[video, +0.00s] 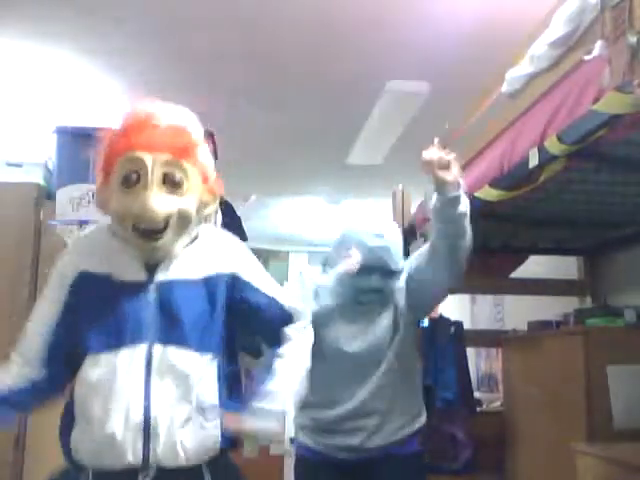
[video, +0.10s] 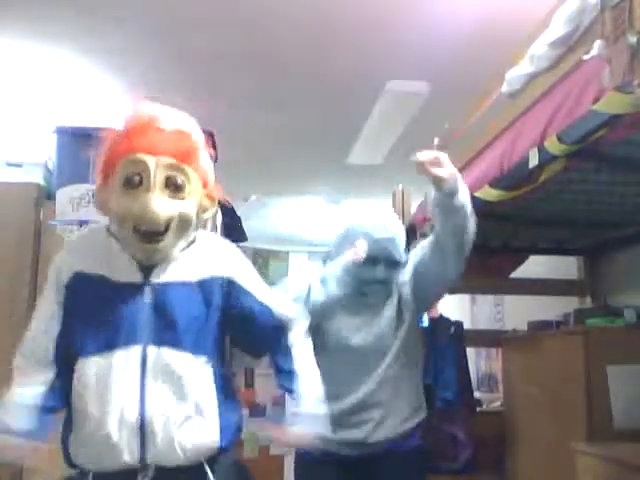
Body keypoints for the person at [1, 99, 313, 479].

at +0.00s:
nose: (149, 202)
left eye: (171, 181)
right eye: (132, 179)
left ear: (203, 194)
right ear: (105, 192)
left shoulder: (223, 258)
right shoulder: (84, 258)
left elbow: (293, 329)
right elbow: (36, 364)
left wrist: (266, 415)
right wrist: (5, 397)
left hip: (196, 468)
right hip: (98, 469)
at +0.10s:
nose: (152, 206)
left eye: (175, 185)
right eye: (134, 181)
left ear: (204, 202)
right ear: (104, 195)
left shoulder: (219, 263)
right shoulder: (78, 260)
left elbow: (286, 331)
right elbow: (41, 353)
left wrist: (306, 414)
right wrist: (22, 432)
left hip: (197, 464)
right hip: (100, 465)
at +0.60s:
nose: (143, 158)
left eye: (165, 139)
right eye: (124, 136)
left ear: (196, 150)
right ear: (94, 141)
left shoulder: (210, 212)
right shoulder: (68, 201)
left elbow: (231, 326)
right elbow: (13, 305)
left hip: (177, 433)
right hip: (78, 433)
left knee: (206, 467)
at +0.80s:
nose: (120, 179)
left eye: (143, 156)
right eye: (102, 157)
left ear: (186, 170)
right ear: (83, 169)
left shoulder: (213, 234)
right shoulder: (72, 236)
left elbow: (251, 333)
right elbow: (14, 334)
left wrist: (195, 416)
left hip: (182, 453)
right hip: (85, 454)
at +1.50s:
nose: (185, 204)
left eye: (205, 187)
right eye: (166, 184)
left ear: (233, 197)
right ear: (139, 191)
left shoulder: (250, 259)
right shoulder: (109, 258)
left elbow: (325, 250)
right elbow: (28, 307)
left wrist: (328, 185)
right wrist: (98, 339)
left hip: (221, 456)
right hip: (127, 459)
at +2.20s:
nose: (166, 219)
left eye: (188, 198)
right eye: (149, 193)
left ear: (213, 211)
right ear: (119, 196)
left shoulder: (211, 271)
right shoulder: (94, 261)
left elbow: (257, 333)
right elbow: (35, 332)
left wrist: (265, 240)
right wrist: (74, 236)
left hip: (177, 460)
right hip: (91, 460)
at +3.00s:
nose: (138, 171)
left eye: (163, 151)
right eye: (121, 145)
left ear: (197, 162)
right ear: (93, 146)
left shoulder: (208, 222)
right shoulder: (59, 206)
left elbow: (284, 238)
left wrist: (242, 151)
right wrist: (38, 138)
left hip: (170, 434)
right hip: (61, 431)